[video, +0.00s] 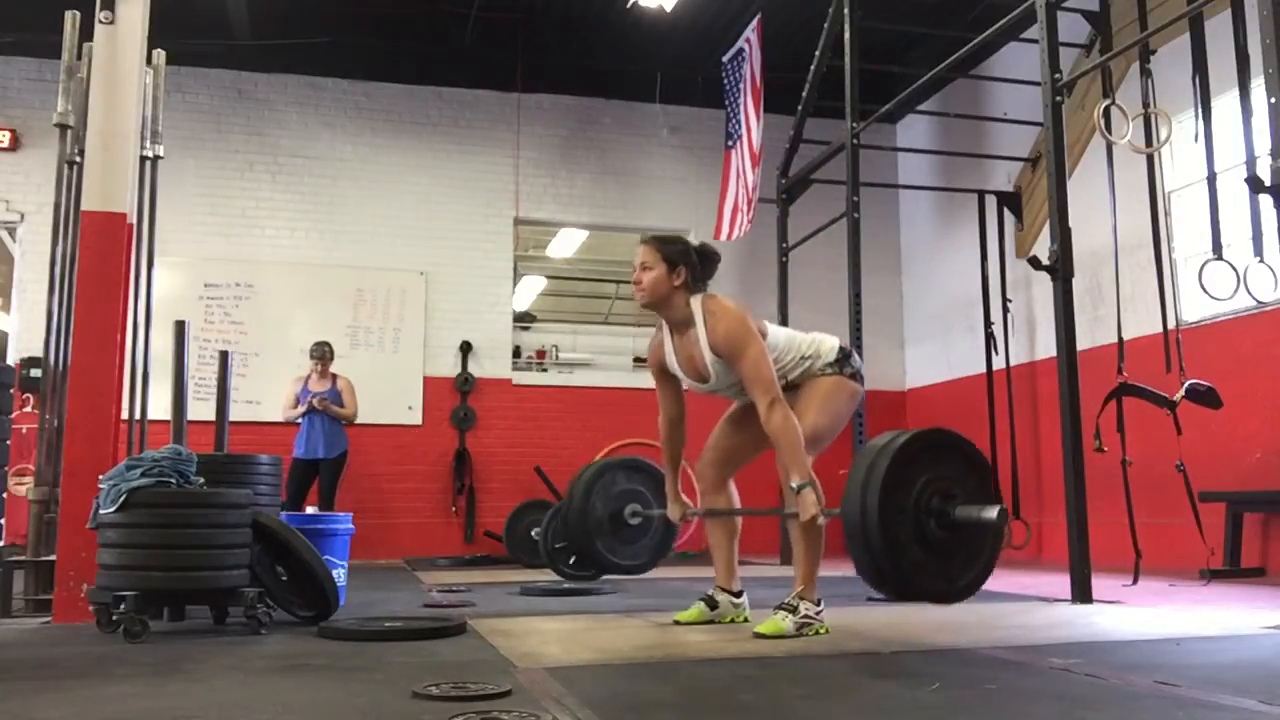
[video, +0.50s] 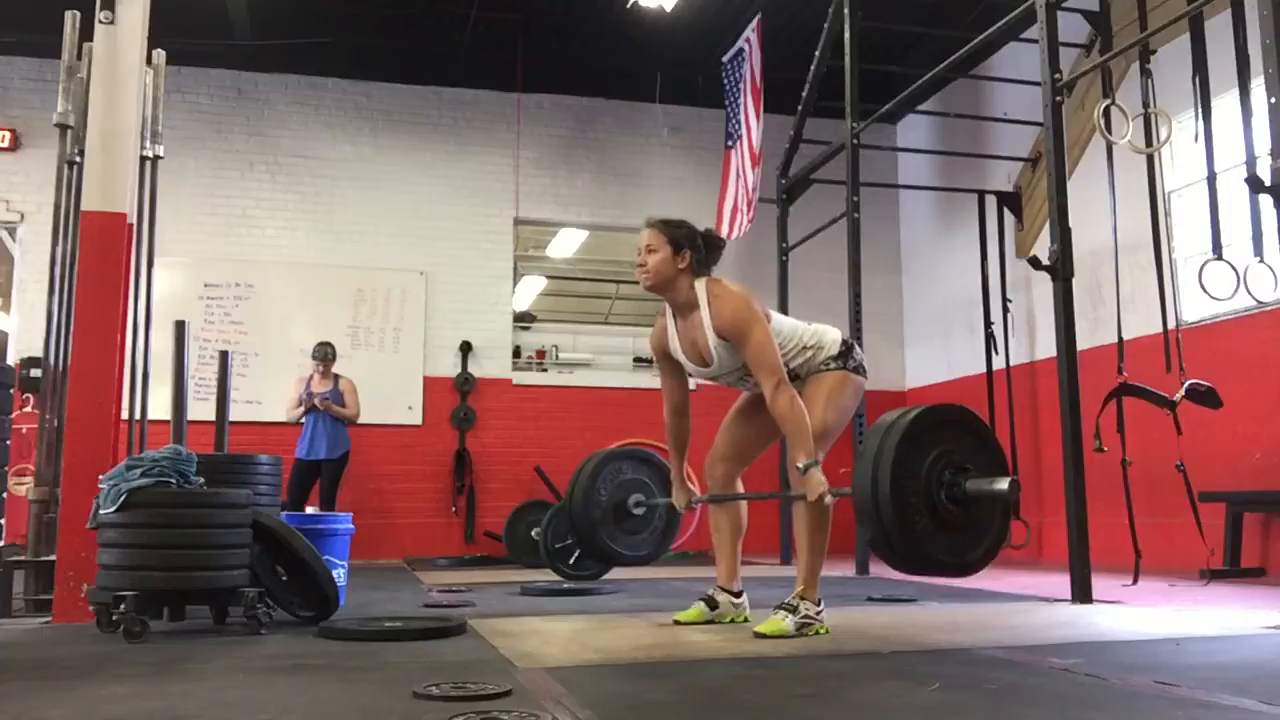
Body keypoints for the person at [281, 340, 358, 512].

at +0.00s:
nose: (319, 369)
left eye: (324, 365)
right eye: (316, 364)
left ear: (331, 362)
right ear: (310, 361)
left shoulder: (342, 383)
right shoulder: (298, 383)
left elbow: (351, 415)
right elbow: (286, 415)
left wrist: (328, 407)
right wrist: (304, 408)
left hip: (333, 449)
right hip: (305, 449)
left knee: (326, 501)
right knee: (293, 500)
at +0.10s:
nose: (320, 369)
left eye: (324, 365)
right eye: (316, 364)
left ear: (331, 362)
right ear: (311, 361)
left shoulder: (343, 383)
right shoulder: (299, 383)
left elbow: (352, 415)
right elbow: (287, 415)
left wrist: (328, 407)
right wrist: (304, 408)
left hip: (333, 450)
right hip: (306, 449)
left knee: (326, 502)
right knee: (293, 501)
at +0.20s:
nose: (320, 369)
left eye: (325, 365)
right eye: (316, 364)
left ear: (332, 362)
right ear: (311, 361)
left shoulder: (343, 383)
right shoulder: (300, 383)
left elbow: (352, 415)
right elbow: (287, 415)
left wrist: (329, 407)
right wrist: (303, 408)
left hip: (334, 450)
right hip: (306, 449)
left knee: (326, 502)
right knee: (293, 501)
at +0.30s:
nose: (320, 369)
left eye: (325, 365)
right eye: (317, 364)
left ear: (332, 362)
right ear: (312, 361)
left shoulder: (343, 383)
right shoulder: (301, 383)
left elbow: (352, 415)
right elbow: (288, 415)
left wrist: (329, 407)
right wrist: (304, 407)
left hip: (334, 449)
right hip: (307, 449)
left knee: (326, 502)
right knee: (293, 500)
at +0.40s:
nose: (321, 369)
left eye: (325, 365)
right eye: (317, 365)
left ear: (333, 362)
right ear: (312, 361)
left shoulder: (344, 384)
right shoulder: (302, 383)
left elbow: (353, 415)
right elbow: (289, 416)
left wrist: (329, 407)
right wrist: (304, 407)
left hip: (334, 450)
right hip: (307, 450)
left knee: (327, 501)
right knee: (294, 499)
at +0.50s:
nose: (321, 369)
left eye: (326, 365)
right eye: (318, 365)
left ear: (333, 362)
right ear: (313, 361)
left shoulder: (345, 384)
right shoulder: (303, 383)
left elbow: (354, 415)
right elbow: (290, 416)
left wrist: (329, 407)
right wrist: (304, 407)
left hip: (335, 450)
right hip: (308, 450)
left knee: (327, 501)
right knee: (294, 499)